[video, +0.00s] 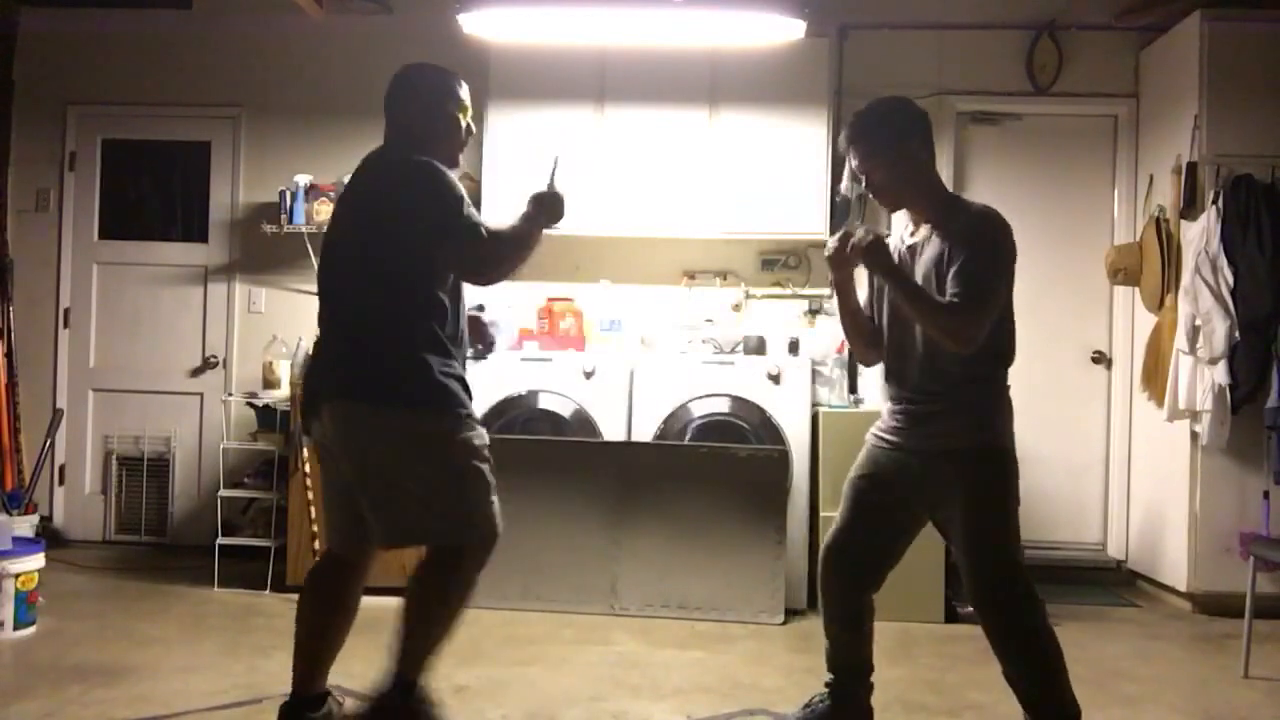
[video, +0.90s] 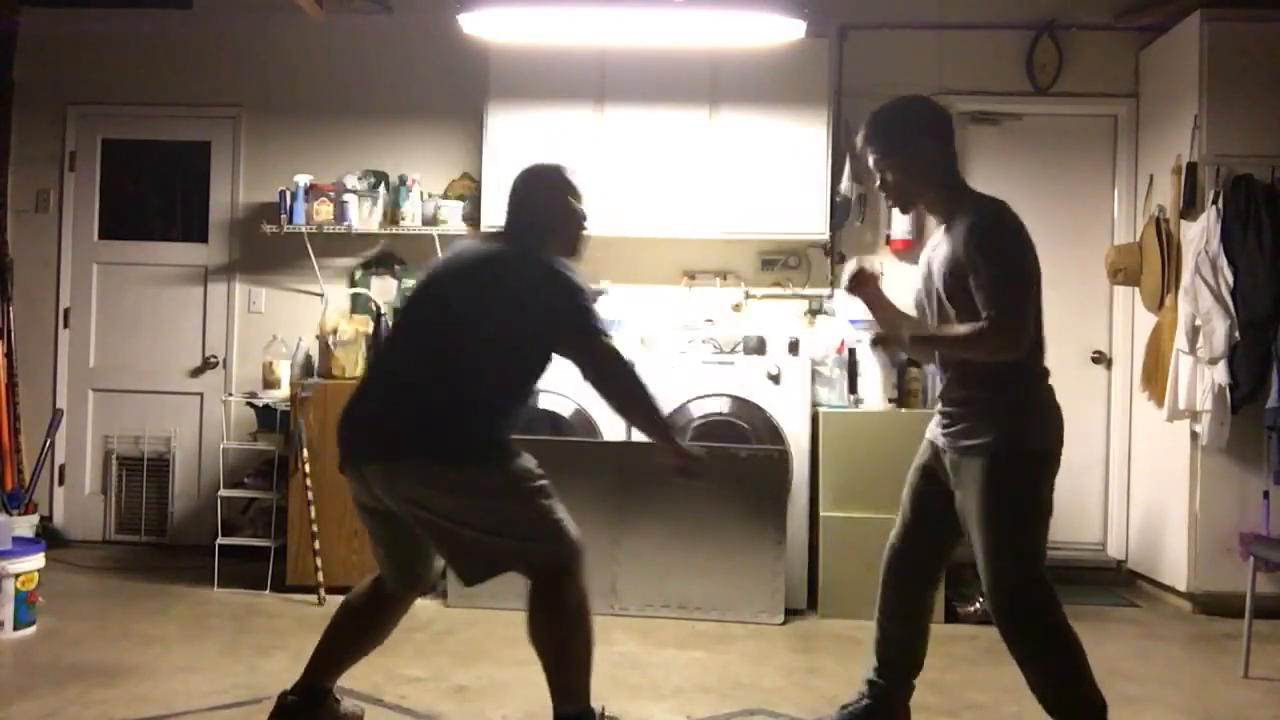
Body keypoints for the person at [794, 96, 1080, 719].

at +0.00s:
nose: (857, 178)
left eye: (864, 161)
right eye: (853, 165)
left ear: (909, 153)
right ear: (891, 162)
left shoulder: (982, 229)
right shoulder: (892, 246)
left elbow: (964, 334)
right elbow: (869, 350)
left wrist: (885, 269)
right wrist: (842, 283)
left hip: (971, 445)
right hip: (899, 438)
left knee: (1001, 601)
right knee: (843, 566)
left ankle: (1058, 716)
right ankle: (847, 699)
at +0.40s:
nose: (842, 184)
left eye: (847, 167)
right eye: (837, 171)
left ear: (889, 157)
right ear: (883, 164)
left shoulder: (933, 228)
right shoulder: (893, 239)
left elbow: (866, 313)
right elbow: (865, 340)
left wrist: (813, 253)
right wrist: (825, 278)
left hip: (946, 438)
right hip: (889, 432)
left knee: (983, 594)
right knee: (832, 564)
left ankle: (1052, 713)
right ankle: (843, 698)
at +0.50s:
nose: (843, 180)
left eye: (849, 164)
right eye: (839, 166)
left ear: (890, 153)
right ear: (888, 160)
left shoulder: (910, 223)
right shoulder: (903, 221)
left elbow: (806, 291)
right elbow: (890, 321)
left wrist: (750, 295)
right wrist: (842, 281)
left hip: (957, 431)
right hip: (906, 429)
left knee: (993, 588)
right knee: (858, 565)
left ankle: (1059, 712)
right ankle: (846, 698)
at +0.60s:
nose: (849, 183)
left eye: (856, 165)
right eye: (845, 168)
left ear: (900, 157)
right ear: (907, 160)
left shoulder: (897, 242)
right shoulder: (966, 231)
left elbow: (828, 324)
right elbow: (965, 327)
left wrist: (780, 378)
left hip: (968, 437)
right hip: (927, 433)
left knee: (1001, 592)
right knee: (877, 568)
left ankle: (1084, 713)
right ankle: (847, 695)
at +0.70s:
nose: (853, 188)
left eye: (861, 172)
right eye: (851, 173)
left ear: (903, 168)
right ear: (917, 168)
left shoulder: (907, 249)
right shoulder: (977, 233)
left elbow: (896, 359)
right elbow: (999, 341)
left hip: (983, 439)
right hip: (950, 439)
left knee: (1012, 595)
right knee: (896, 568)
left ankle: (1094, 714)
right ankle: (850, 693)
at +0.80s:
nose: (867, 189)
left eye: (873, 172)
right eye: (862, 175)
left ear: (915, 162)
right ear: (910, 168)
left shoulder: (962, 233)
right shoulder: (939, 235)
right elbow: (963, 338)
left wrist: (918, 395)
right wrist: (897, 322)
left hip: (1000, 441)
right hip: (951, 437)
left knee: (1016, 600)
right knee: (893, 560)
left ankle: (1092, 717)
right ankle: (872, 691)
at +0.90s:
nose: (879, 186)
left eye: (885, 169)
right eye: (874, 173)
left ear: (928, 155)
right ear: (921, 163)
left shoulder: (988, 226)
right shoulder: (935, 240)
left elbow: (1010, 337)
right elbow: (936, 333)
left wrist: (912, 336)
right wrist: (883, 304)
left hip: (1007, 432)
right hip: (951, 428)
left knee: (1015, 598)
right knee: (905, 568)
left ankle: (1088, 716)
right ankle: (886, 699)